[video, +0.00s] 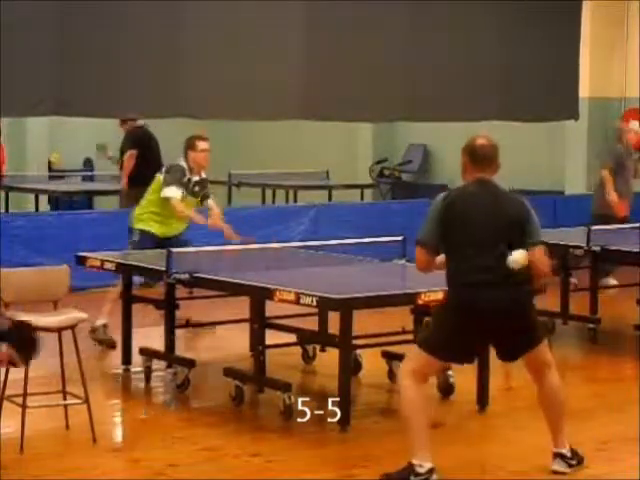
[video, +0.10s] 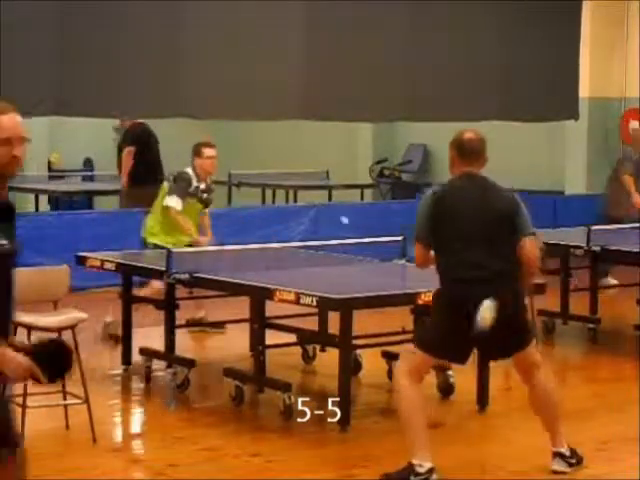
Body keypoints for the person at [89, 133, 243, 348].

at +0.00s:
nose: (207, 156)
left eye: (208, 152)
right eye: (203, 152)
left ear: (206, 155)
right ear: (189, 154)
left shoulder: (201, 180)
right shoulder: (175, 171)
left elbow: (212, 209)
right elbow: (176, 206)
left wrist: (228, 232)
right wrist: (204, 221)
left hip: (173, 229)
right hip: (148, 227)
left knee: (189, 268)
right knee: (129, 276)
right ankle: (102, 322)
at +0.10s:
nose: (213, 163)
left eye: (215, 158)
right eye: (209, 158)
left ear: (215, 161)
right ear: (196, 160)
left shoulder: (206, 184)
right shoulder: (184, 178)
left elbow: (204, 214)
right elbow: (172, 209)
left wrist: (208, 236)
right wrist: (194, 235)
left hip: (183, 240)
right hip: (160, 239)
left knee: (197, 277)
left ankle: (197, 314)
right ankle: (117, 323)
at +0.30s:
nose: (208, 151)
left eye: (210, 147)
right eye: (203, 147)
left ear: (212, 150)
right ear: (192, 149)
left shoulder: (204, 174)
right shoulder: (179, 167)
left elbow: (195, 206)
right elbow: (161, 198)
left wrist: (191, 229)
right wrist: (181, 227)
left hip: (184, 233)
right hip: (162, 230)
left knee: (195, 273)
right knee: (158, 279)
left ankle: (198, 313)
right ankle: (134, 312)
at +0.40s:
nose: (202, 144)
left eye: (204, 140)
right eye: (197, 140)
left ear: (205, 143)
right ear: (185, 142)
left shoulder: (200, 168)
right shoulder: (169, 162)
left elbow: (197, 198)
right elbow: (152, 192)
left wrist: (187, 222)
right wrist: (176, 219)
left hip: (183, 229)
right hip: (159, 227)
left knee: (194, 271)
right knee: (153, 276)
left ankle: (196, 313)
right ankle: (140, 318)